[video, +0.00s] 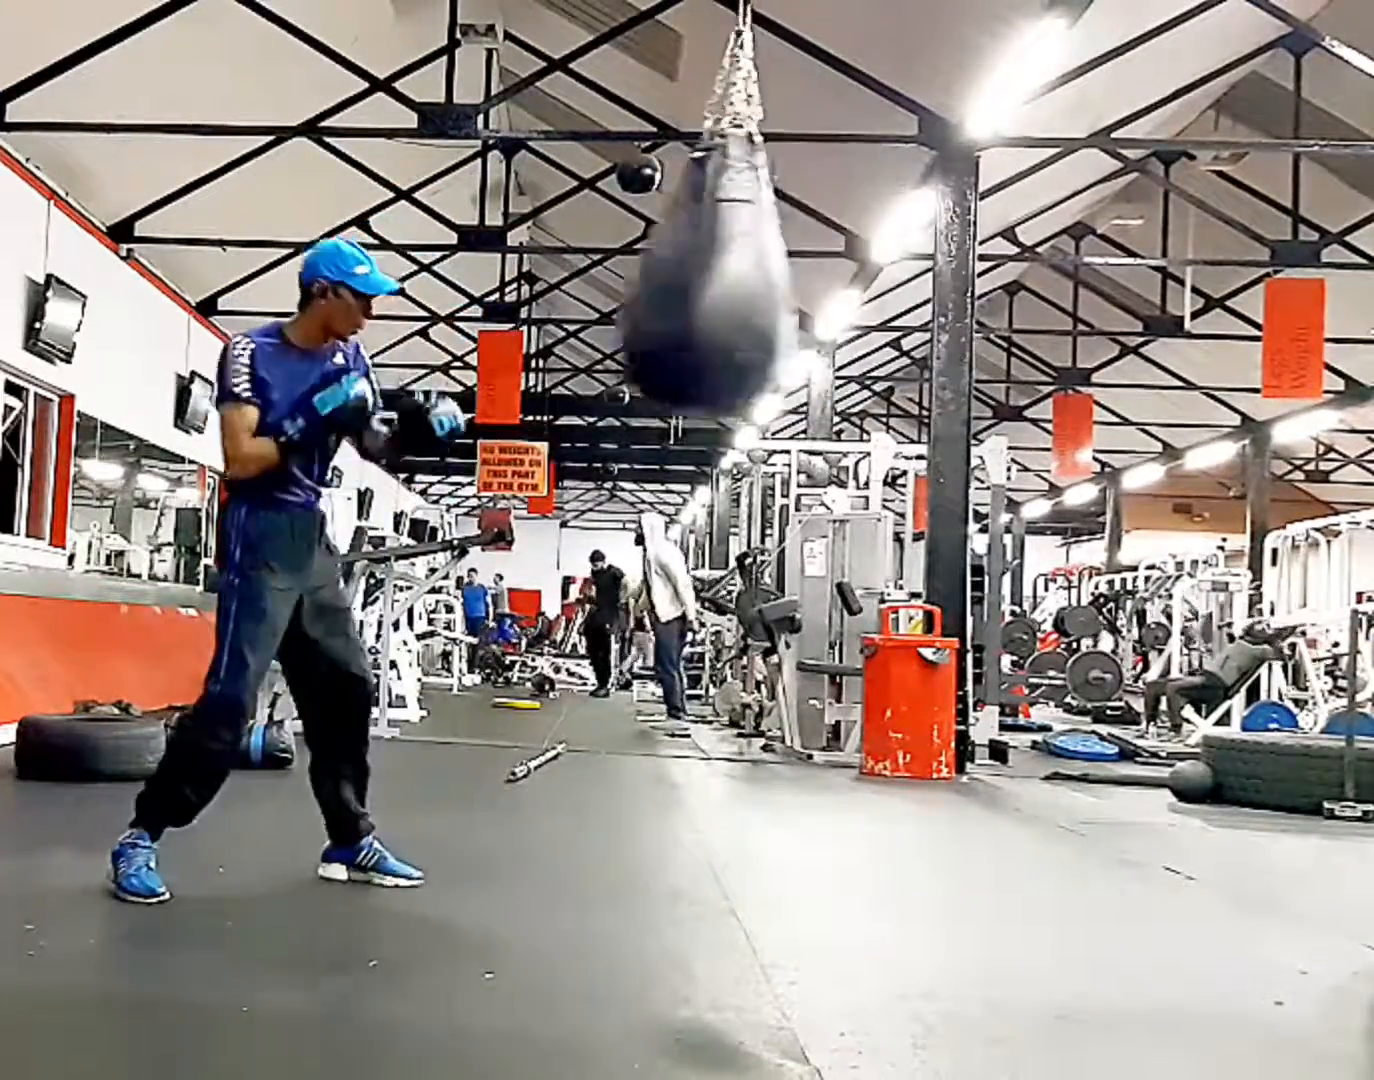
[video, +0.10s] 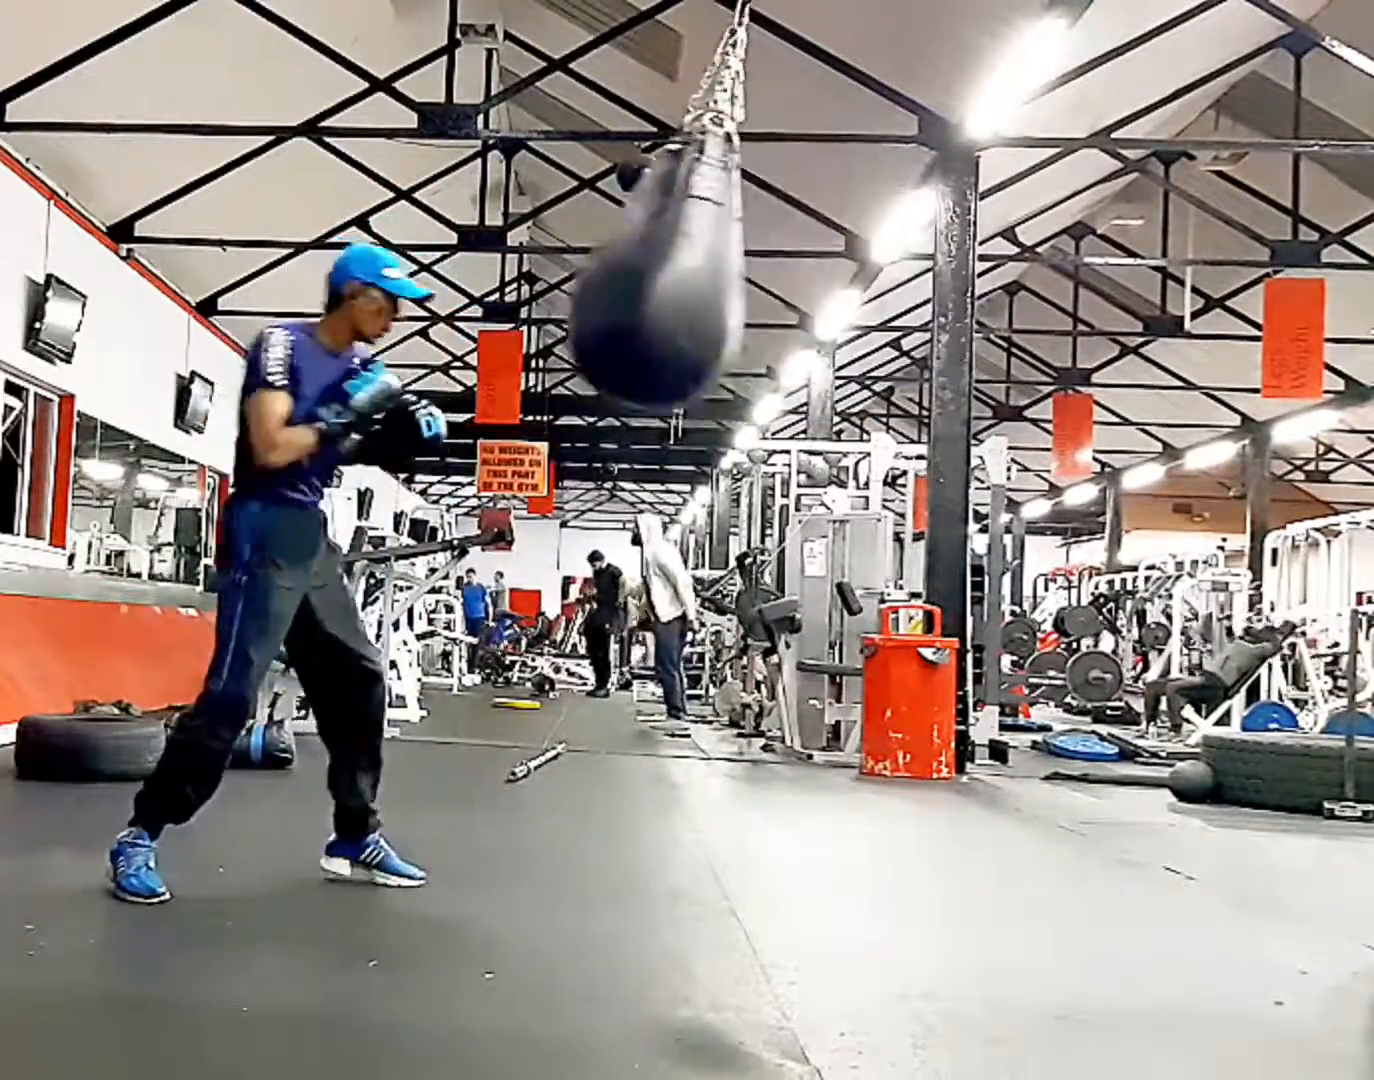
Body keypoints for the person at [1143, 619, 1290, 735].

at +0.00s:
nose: (1264, 628)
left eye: (1266, 627)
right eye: (1261, 625)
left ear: (1264, 635)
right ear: (1250, 630)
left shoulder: (1262, 650)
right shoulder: (1238, 643)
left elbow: (1282, 657)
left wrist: (1275, 641)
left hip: (1217, 682)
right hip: (1203, 673)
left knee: (1173, 687)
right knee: (1151, 687)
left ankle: (1176, 732)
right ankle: (1148, 728)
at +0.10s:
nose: (1252, 628)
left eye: (1258, 627)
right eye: (1253, 626)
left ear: (1262, 635)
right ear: (1250, 630)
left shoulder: (1260, 651)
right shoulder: (1237, 642)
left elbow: (1276, 645)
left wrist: (1280, 633)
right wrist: (1223, 625)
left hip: (1218, 682)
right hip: (1204, 675)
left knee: (1173, 688)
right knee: (1152, 687)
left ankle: (1176, 732)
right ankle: (1148, 729)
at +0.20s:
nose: (1249, 628)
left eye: (1254, 627)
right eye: (1248, 626)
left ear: (1261, 634)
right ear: (1245, 631)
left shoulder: (1258, 650)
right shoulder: (1235, 642)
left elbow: (1287, 630)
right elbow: (1224, 628)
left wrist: (1278, 624)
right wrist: (1222, 613)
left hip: (1217, 684)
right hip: (1202, 677)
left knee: (1174, 687)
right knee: (1152, 688)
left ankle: (1176, 731)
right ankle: (1148, 728)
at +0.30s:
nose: (1246, 634)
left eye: (1250, 633)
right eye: (1246, 632)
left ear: (1251, 638)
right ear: (1251, 637)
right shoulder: (1232, 644)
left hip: (1217, 683)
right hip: (1201, 677)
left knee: (1174, 687)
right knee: (1151, 688)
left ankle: (1176, 730)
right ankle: (1148, 727)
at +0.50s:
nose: (1247, 633)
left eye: (1249, 632)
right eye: (1243, 631)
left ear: (1252, 635)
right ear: (1239, 633)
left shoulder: (1254, 652)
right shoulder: (1233, 645)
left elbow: (1268, 630)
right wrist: (1229, 603)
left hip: (1218, 682)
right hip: (1202, 676)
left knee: (1174, 688)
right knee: (1152, 688)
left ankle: (1176, 730)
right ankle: (1149, 727)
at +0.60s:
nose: (1248, 632)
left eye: (1252, 631)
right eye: (1245, 631)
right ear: (1243, 633)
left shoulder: (1254, 653)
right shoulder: (1234, 645)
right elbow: (1235, 626)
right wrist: (1229, 605)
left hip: (1218, 682)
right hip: (1203, 676)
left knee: (1174, 688)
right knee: (1152, 688)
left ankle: (1175, 730)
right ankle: (1149, 727)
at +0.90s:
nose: (1258, 629)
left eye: (1263, 627)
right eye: (1258, 626)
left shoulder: (1255, 654)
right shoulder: (1236, 644)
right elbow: (1237, 628)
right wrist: (1229, 606)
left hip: (1218, 681)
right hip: (1204, 675)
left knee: (1173, 688)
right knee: (1152, 688)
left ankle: (1175, 731)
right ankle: (1148, 726)